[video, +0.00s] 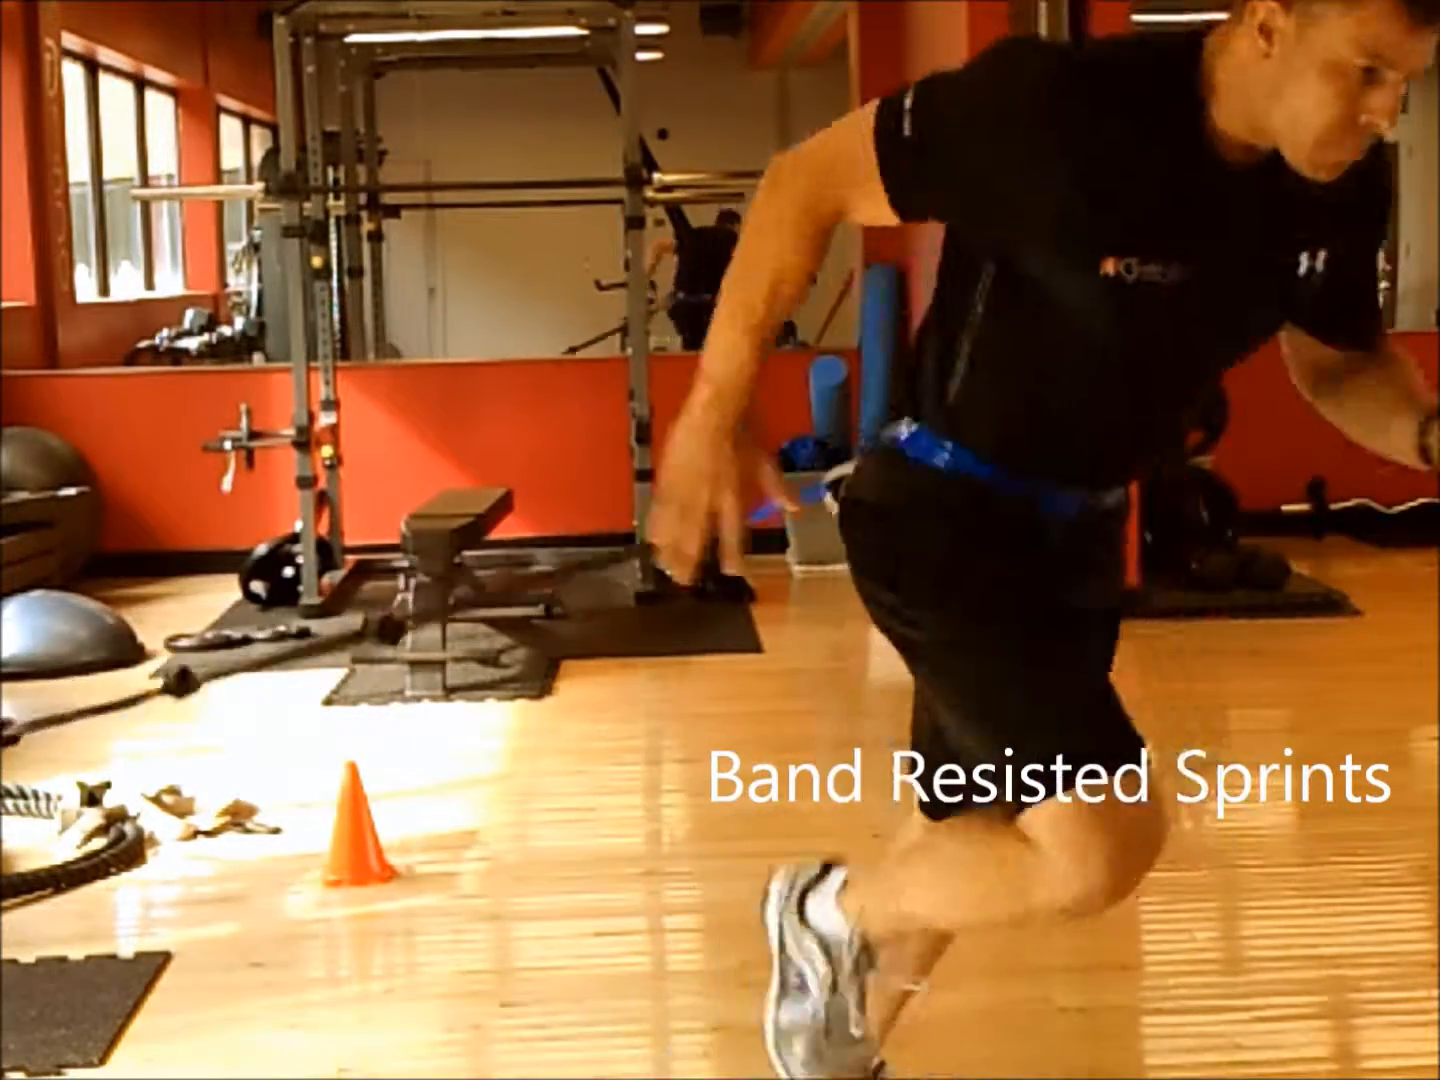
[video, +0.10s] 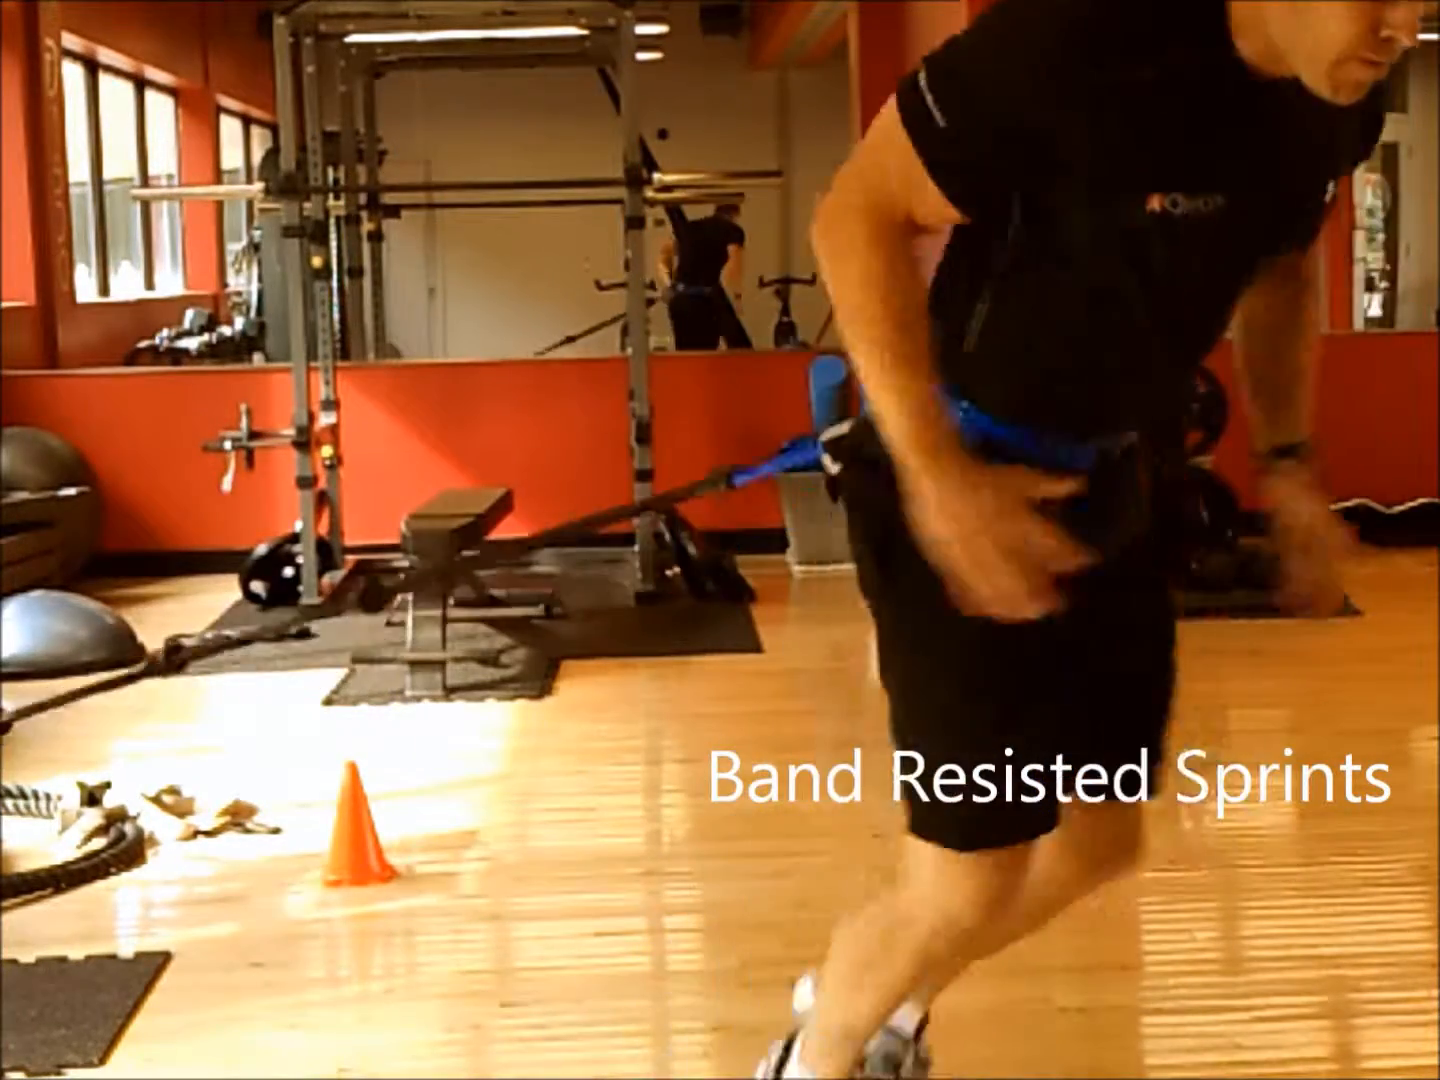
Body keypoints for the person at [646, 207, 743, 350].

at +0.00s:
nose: (739, 229)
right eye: (738, 226)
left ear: (716, 222)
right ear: (736, 225)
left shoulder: (694, 236)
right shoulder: (736, 242)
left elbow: (659, 246)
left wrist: (648, 274)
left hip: (682, 303)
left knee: (690, 346)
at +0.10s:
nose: (736, 219)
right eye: (736, 215)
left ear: (716, 210)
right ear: (734, 214)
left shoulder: (690, 226)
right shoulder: (732, 231)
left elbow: (665, 253)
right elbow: (733, 269)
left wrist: (668, 284)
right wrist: (737, 296)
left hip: (681, 297)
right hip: (709, 298)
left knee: (686, 355)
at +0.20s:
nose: (730, 225)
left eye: (731, 221)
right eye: (730, 221)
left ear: (710, 218)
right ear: (728, 220)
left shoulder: (690, 233)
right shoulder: (726, 234)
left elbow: (677, 264)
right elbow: (725, 260)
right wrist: (721, 292)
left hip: (680, 305)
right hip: (710, 304)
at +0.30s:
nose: (734, 228)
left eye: (734, 225)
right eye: (734, 224)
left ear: (714, 220)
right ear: (731, 223)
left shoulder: (692, 234)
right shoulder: (726, 234)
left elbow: (678, 267)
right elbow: (722, 255)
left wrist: (672, 293)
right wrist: (717, 283)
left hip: (678, 305)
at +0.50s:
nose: (742, 232)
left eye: (743, 229)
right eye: (743, 229)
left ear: (725, 222)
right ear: (741, 226)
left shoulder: (695, 234)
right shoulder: (732, 237)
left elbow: (666, 265)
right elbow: (726, 276)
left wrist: (662, 295)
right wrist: (731, 303)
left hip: (679, 304)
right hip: (708, 304)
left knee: (681, 359)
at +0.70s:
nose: (730, 227)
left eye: (730, 223)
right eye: (730, 223)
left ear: (709, 218)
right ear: (726, 221)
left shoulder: (682, 234)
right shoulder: (721, 241)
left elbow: (653, 262)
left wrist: (650, 281)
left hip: (669, 309)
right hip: (699, 309)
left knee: (669, 362)